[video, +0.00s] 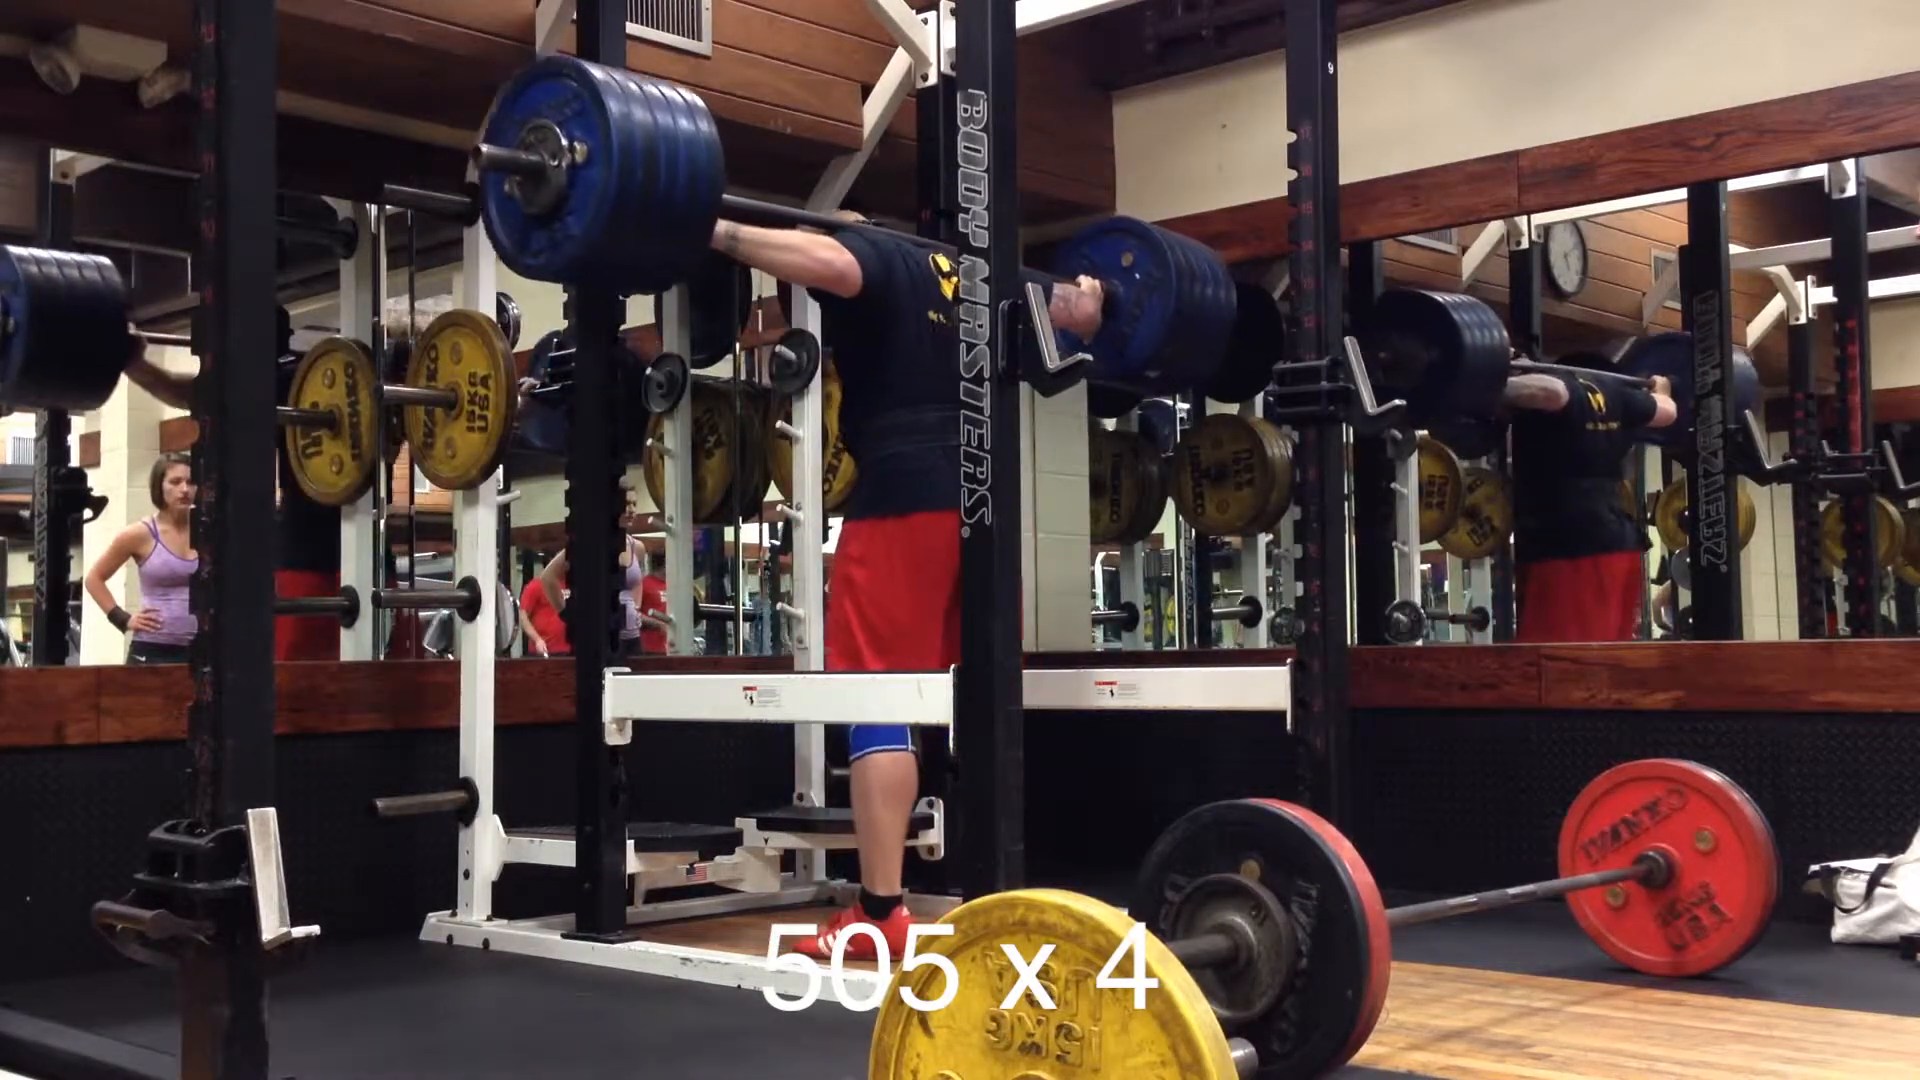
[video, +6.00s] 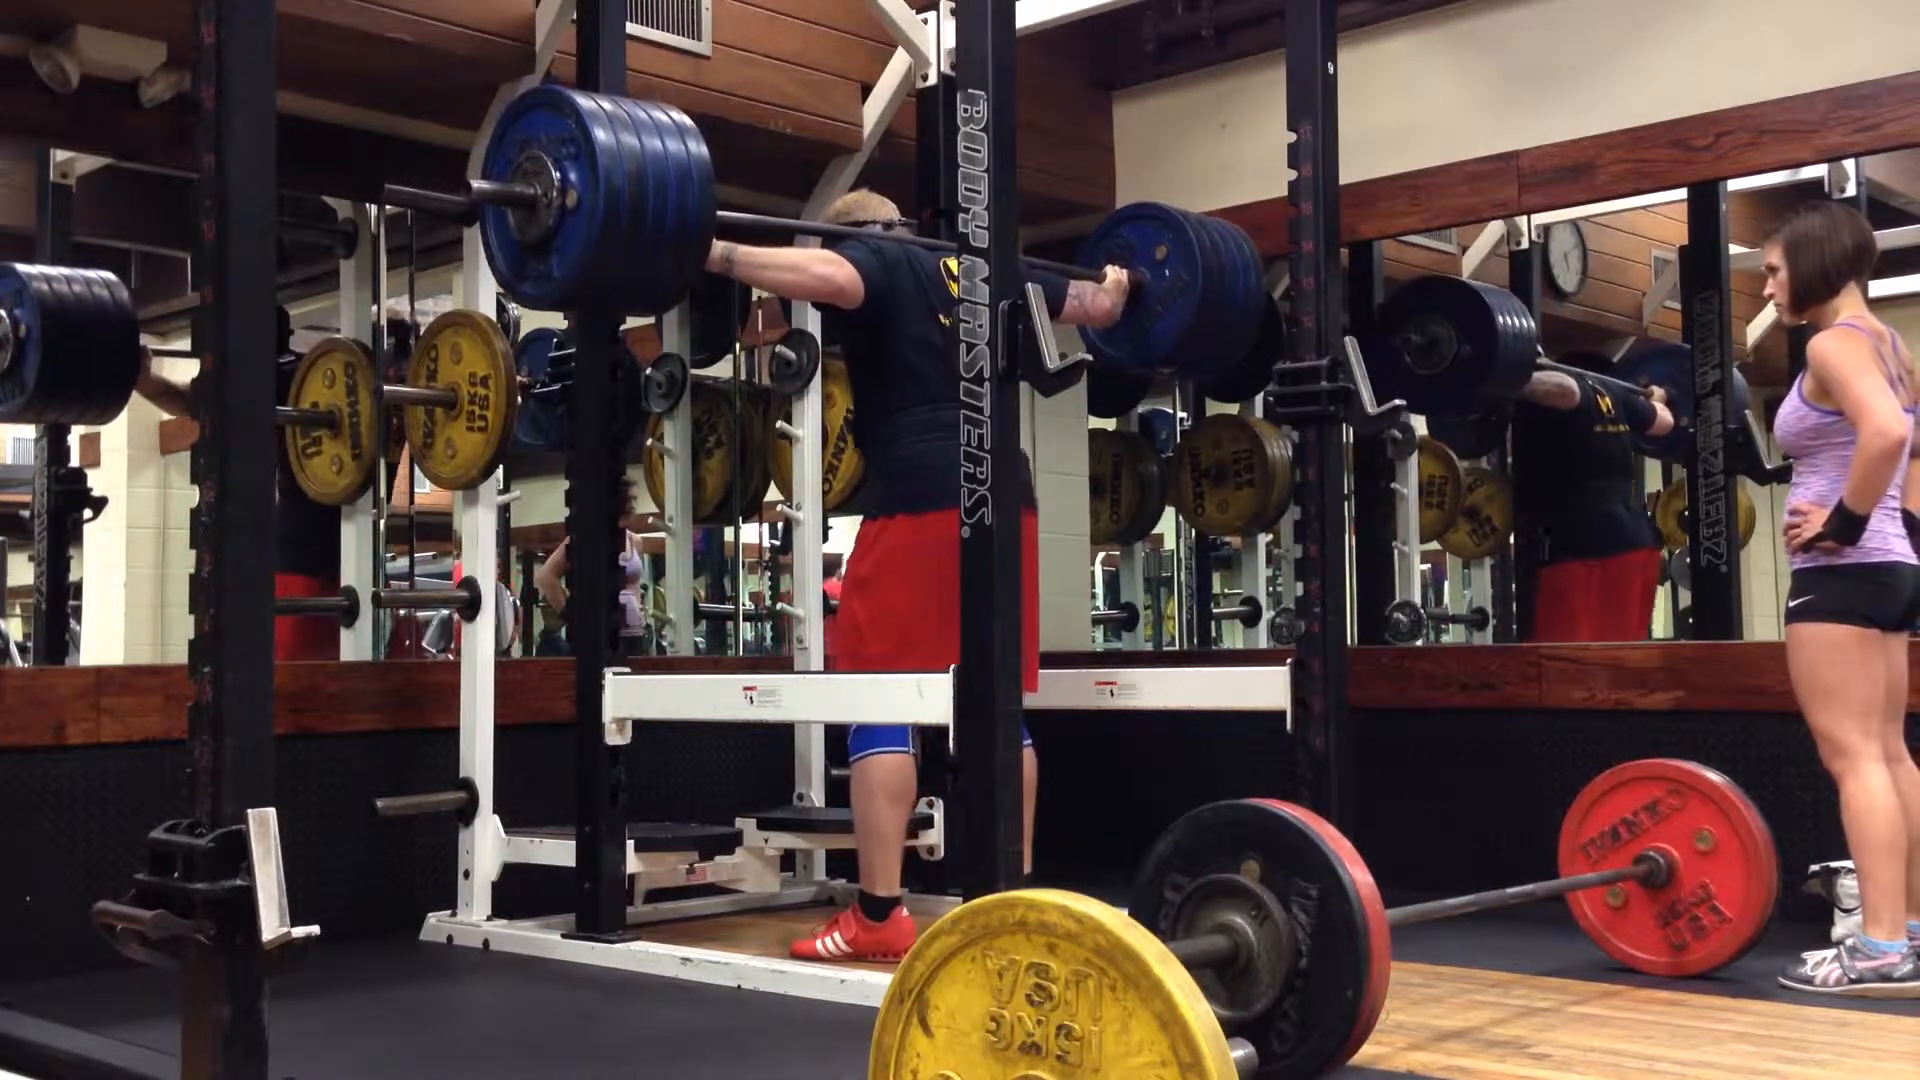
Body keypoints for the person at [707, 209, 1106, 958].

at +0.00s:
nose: (820, 253)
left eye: (820, 242)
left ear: (844, 235)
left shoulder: (874, 249)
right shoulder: (983, 274)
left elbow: (833, 266)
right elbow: (1076, 312)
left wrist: (720, 232)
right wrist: (1090, 299)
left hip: (907, 504)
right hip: (998, 503)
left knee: (880, 707)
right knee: (991, 704)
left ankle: (880, 911)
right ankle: (998, 898)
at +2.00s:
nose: (843, 256)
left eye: (844, 247)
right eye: (839, 251)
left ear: (871, 239)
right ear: (928, 227)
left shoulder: (893, 253)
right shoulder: (1001, 272)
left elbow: (858, 278)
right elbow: (1105, 309)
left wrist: (741, 246)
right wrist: (1121, 289)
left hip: (922, 501)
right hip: (1014, 501)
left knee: (882, 702)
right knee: (1009, 711)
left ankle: (881, 909)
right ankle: (1013, 901)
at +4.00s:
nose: (835, 250)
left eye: (833, 241)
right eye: (831, 243)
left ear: (856, 232)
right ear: (904, 222)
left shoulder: (878, 249)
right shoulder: (988, 264)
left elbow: (848, 276)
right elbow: (1097, 306)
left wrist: (730, 245)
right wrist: (1120, 284)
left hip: (915, 500)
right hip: (1002, 500)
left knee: (899, 707)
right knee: (1007, 710)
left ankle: (881, 911)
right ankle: (1013, 903)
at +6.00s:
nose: (829, 260)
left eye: (830, 246)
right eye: (830, 245)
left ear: (850, 234)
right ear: (902, 220)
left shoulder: (870, 253)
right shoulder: (987, 268)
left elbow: (834, 281)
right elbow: (1093, 304)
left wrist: (721, 252)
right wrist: (1117, 281)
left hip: (918, 505)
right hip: (1009, 506)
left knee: (879, 707)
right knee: (1004, 714)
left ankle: (879, 911)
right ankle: (1012, 902)